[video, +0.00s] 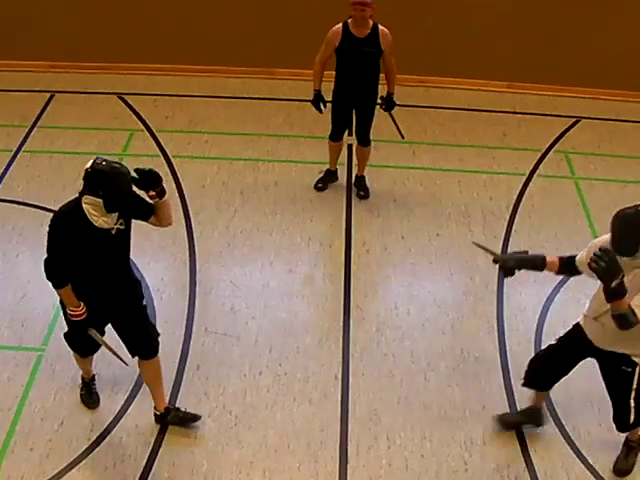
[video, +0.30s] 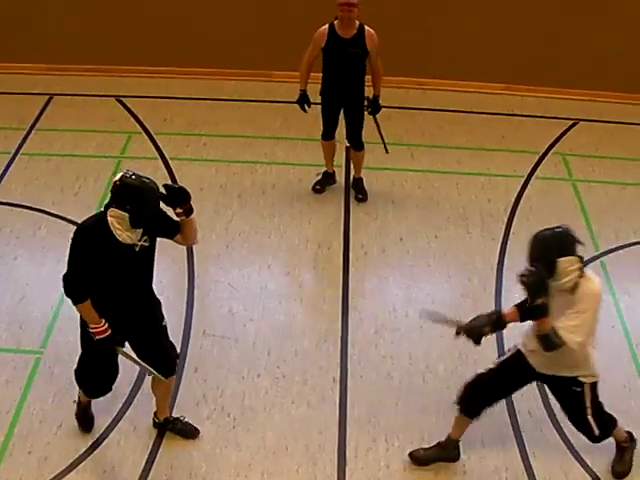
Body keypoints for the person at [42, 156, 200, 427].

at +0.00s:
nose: (120, 206)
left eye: (122, 199)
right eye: (115, 201)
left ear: (123, 192)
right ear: (98, 195)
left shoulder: (124, 201)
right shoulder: (65, 220)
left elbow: (163, 219)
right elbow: (55, 270)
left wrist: (158, 193)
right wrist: (73, 305)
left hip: (122, 291)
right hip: (85, 300)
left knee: (147, 345)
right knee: (84, 346)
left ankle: (162, 408)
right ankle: (88, 379)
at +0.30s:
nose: (143, 225)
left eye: (147, 219)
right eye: (140, 219)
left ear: (148, 212)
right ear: (124, 211)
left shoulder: (149, 219)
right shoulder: (89, 232)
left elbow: (188, 239)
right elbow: (73, 287)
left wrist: (184, 211)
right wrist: (98, 327)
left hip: (141, 308)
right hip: (101, 315)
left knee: (165, 362)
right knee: (97, 376)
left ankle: (163, 417)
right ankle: (84, 401)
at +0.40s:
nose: (147, 229)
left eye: (149, 223)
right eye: (143, 223)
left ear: (150, 216)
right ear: (127, 216)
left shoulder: (151, 224)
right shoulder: (91, 238)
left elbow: (190, 240)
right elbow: (78, 293)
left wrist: (186, 214)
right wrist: (106, 331)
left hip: (144, 312)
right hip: (103, 320)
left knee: (166, 366)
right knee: (97, 386)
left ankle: (162, 418)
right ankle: (87, 432)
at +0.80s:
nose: (129, 251)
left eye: (131, 245)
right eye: (125, 246)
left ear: (123, 241)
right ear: (107, 242)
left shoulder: (120, 249)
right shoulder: (71, 270)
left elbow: (154, 253)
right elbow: (56, 326)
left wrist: (159, 233)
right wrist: (98, 357)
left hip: (124, 333)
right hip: (87, 349)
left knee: (156, 374)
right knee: (83, 418)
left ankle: (164, 417)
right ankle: (64, 469)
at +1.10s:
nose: (125, 259)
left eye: (125, 256)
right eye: (121, 256)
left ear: (118, 251)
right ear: (108, 255)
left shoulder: (110, 258)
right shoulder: (67, 284)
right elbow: (55, 346)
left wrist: (139, 245)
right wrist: (94, 372)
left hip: (117, 341)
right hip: (83, 358)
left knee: (154, 388)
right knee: (87, 422)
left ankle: (150, 452)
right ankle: (82, 467)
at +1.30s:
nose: (136, 258)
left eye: (139, 252)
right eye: (133, 252)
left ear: (141, 244)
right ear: (120, 244)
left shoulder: (139, 243)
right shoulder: (89, 272)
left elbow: (174, 238)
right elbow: (78, 336)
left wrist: (174, 221)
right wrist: (116, 364)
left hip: (137, 332)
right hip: (103, 346)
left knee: (167, 387)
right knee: (110, 421)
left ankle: (155, 449)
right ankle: (99, 453)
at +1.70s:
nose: (144, 230)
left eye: (144, 225)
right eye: (140, 226)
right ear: (126, 226)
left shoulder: (126, 229)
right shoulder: (85, 256)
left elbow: (155, 215)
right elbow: (73, 322)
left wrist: (162, 205)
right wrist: (112, 347)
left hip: (131, 316)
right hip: (97, 336)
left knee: (172, 361)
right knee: (96, 407)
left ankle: (173, 417)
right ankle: (71, 450)